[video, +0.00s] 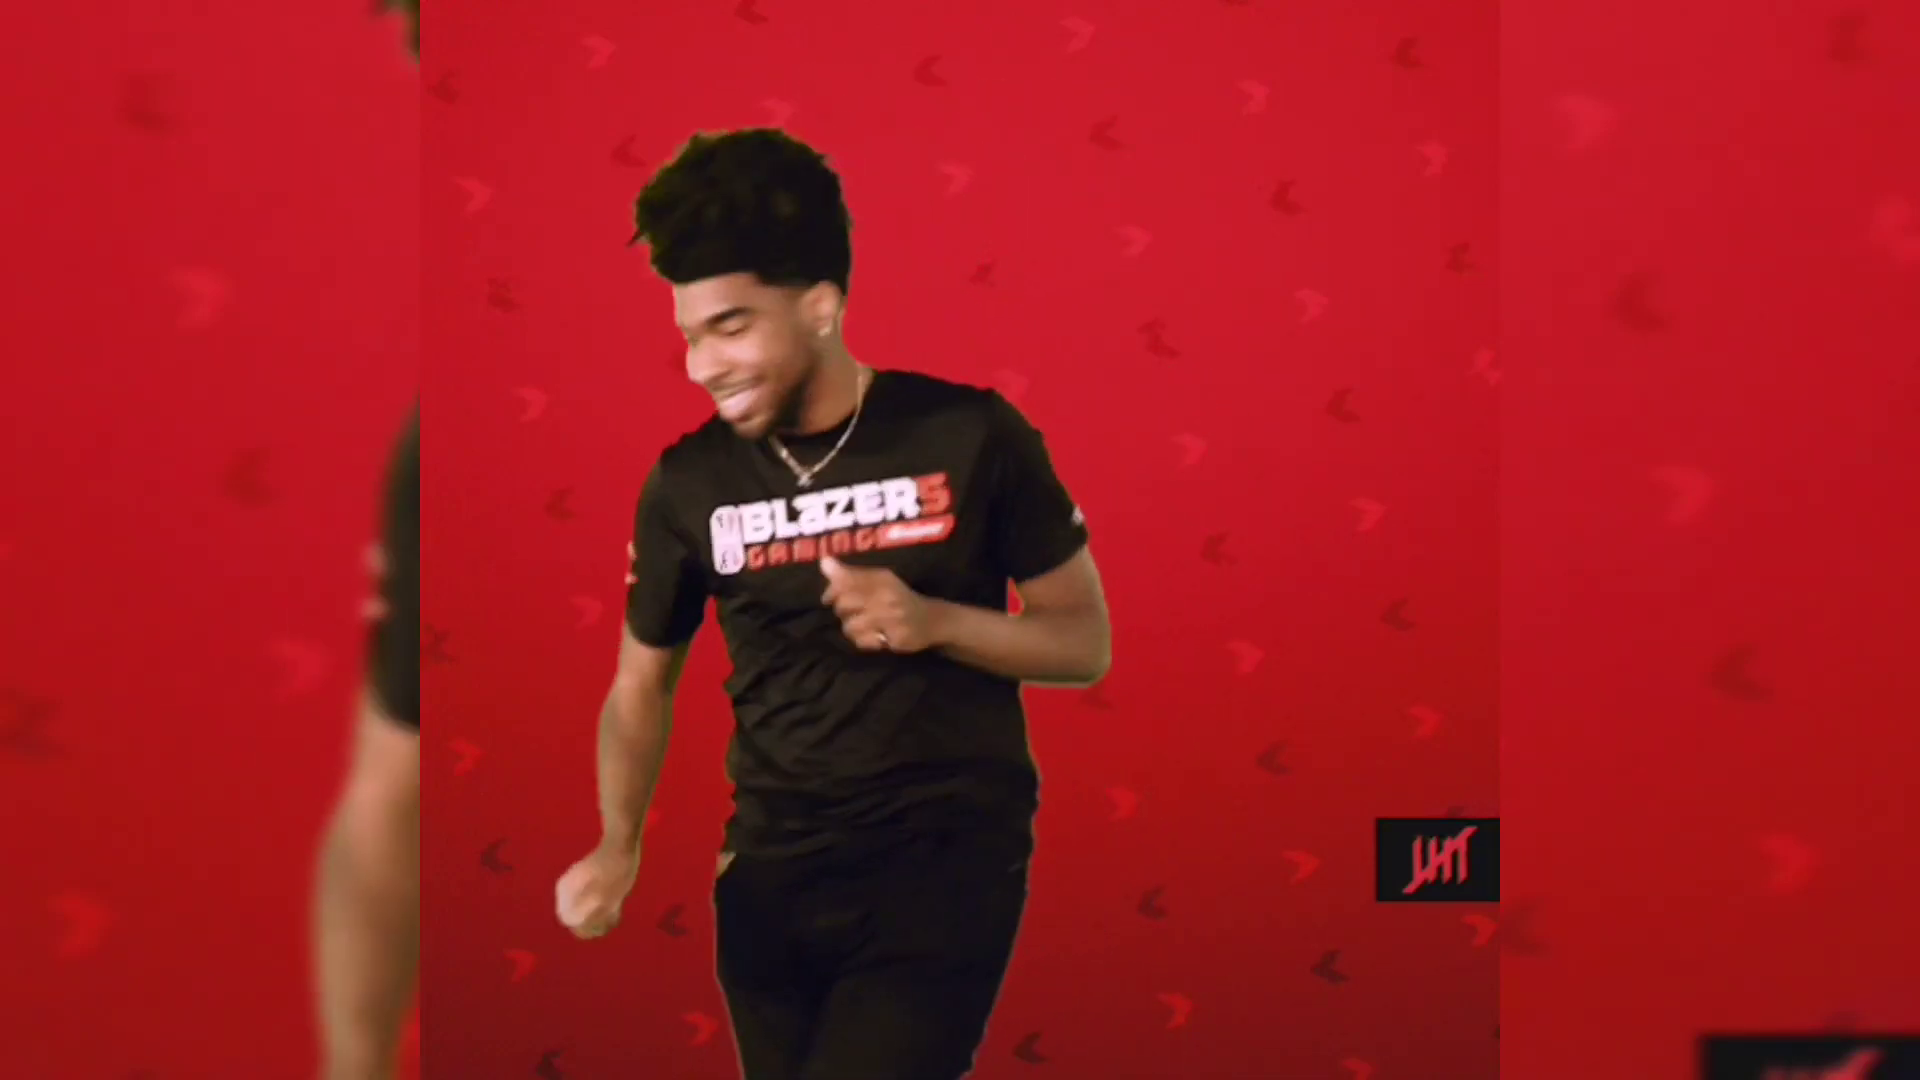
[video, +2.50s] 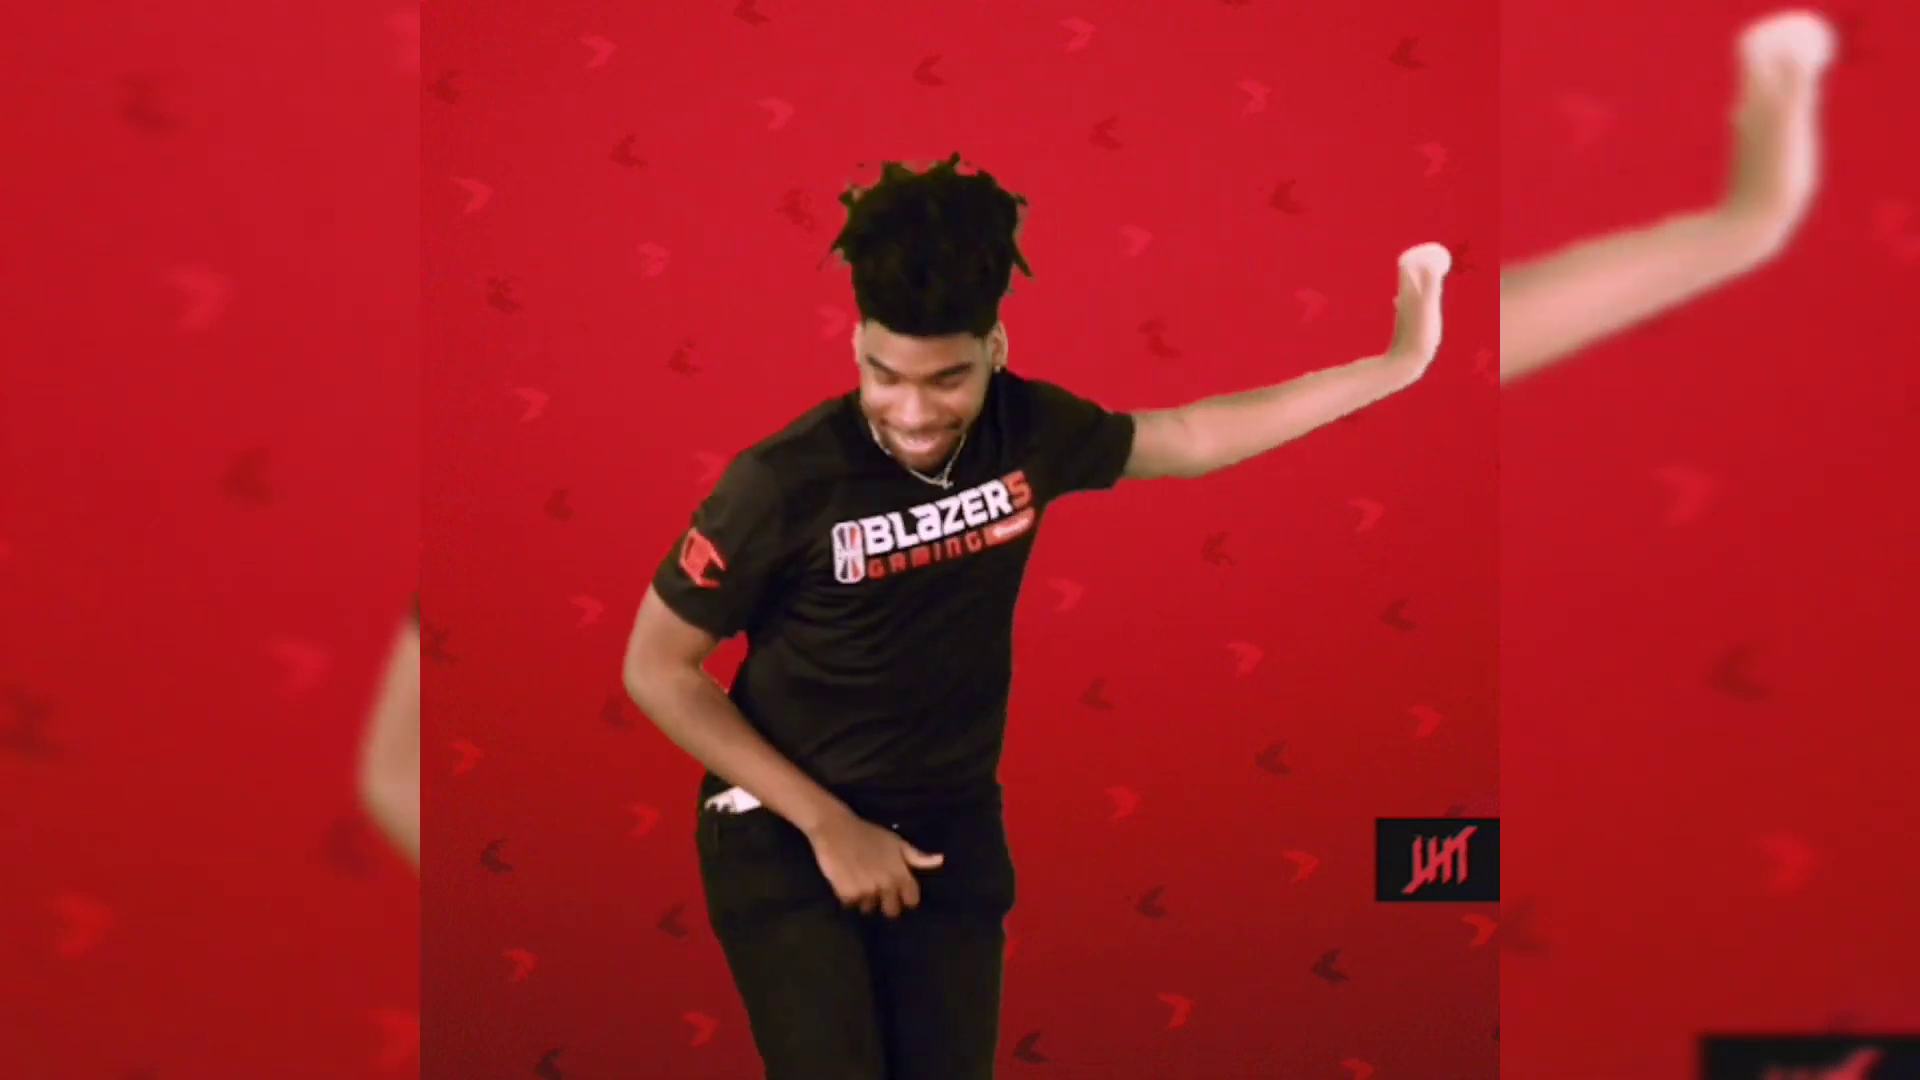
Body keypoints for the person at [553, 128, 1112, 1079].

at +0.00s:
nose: (703, 365)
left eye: (731, 325)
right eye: (687, 334)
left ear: (825, 305)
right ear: (679, 323)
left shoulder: (975, 438)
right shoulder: (690, 486)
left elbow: (1084, 643)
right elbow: (643, 681)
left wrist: (936, 621)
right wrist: (617, 843)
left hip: (944, 854)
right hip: (774, 867)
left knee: (881, 1055)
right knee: (780, 1056)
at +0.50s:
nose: (629, 397)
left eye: (630, 360)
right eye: (631, 361)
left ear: (655, 361)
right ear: (774, 364)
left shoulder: (715, 507)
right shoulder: (837, 500)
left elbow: (567, 751)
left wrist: (541, 589)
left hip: (771, 961)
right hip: (872, 954)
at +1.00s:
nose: (883, 476)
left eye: (893, 450)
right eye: (886, 448)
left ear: (745, 411)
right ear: (830, 434)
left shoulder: (586, 517)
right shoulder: (873, 542)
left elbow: (463, 656)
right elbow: (1013, 714)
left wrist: (592, 730)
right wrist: (887, 815)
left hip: (624, 948)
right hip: (819, 945)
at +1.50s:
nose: (1036, 458)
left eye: (1050, 429)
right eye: (1029, 419)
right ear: (945, 376)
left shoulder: (756, 428)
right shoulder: (925, 491)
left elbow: (618, 473)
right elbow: (851, 716)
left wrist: (795, 362)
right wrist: (887, 853)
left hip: (642, 879)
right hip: (779, 883)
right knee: (895, 1061)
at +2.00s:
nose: (1022, 497)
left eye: (1041, 460)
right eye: (987, 460)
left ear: (1062, 457)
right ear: (923, 457)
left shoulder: (942, 574)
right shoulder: (874, 608)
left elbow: (808, 741)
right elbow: (702, 799)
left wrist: (920, 768)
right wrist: (856, 924)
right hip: (744, 950)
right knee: (889, 1057)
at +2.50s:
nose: (914, 411)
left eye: (946, 377)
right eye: (885, 375)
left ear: (998, 340)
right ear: (853, 338)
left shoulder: (1034, 429)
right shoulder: (782, 484)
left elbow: (1192, 440)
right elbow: (653, 670)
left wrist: (1400, 365)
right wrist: (824, 817)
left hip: (950, 834)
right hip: (781, 839)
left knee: (954, 1061)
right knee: (837, 1059)